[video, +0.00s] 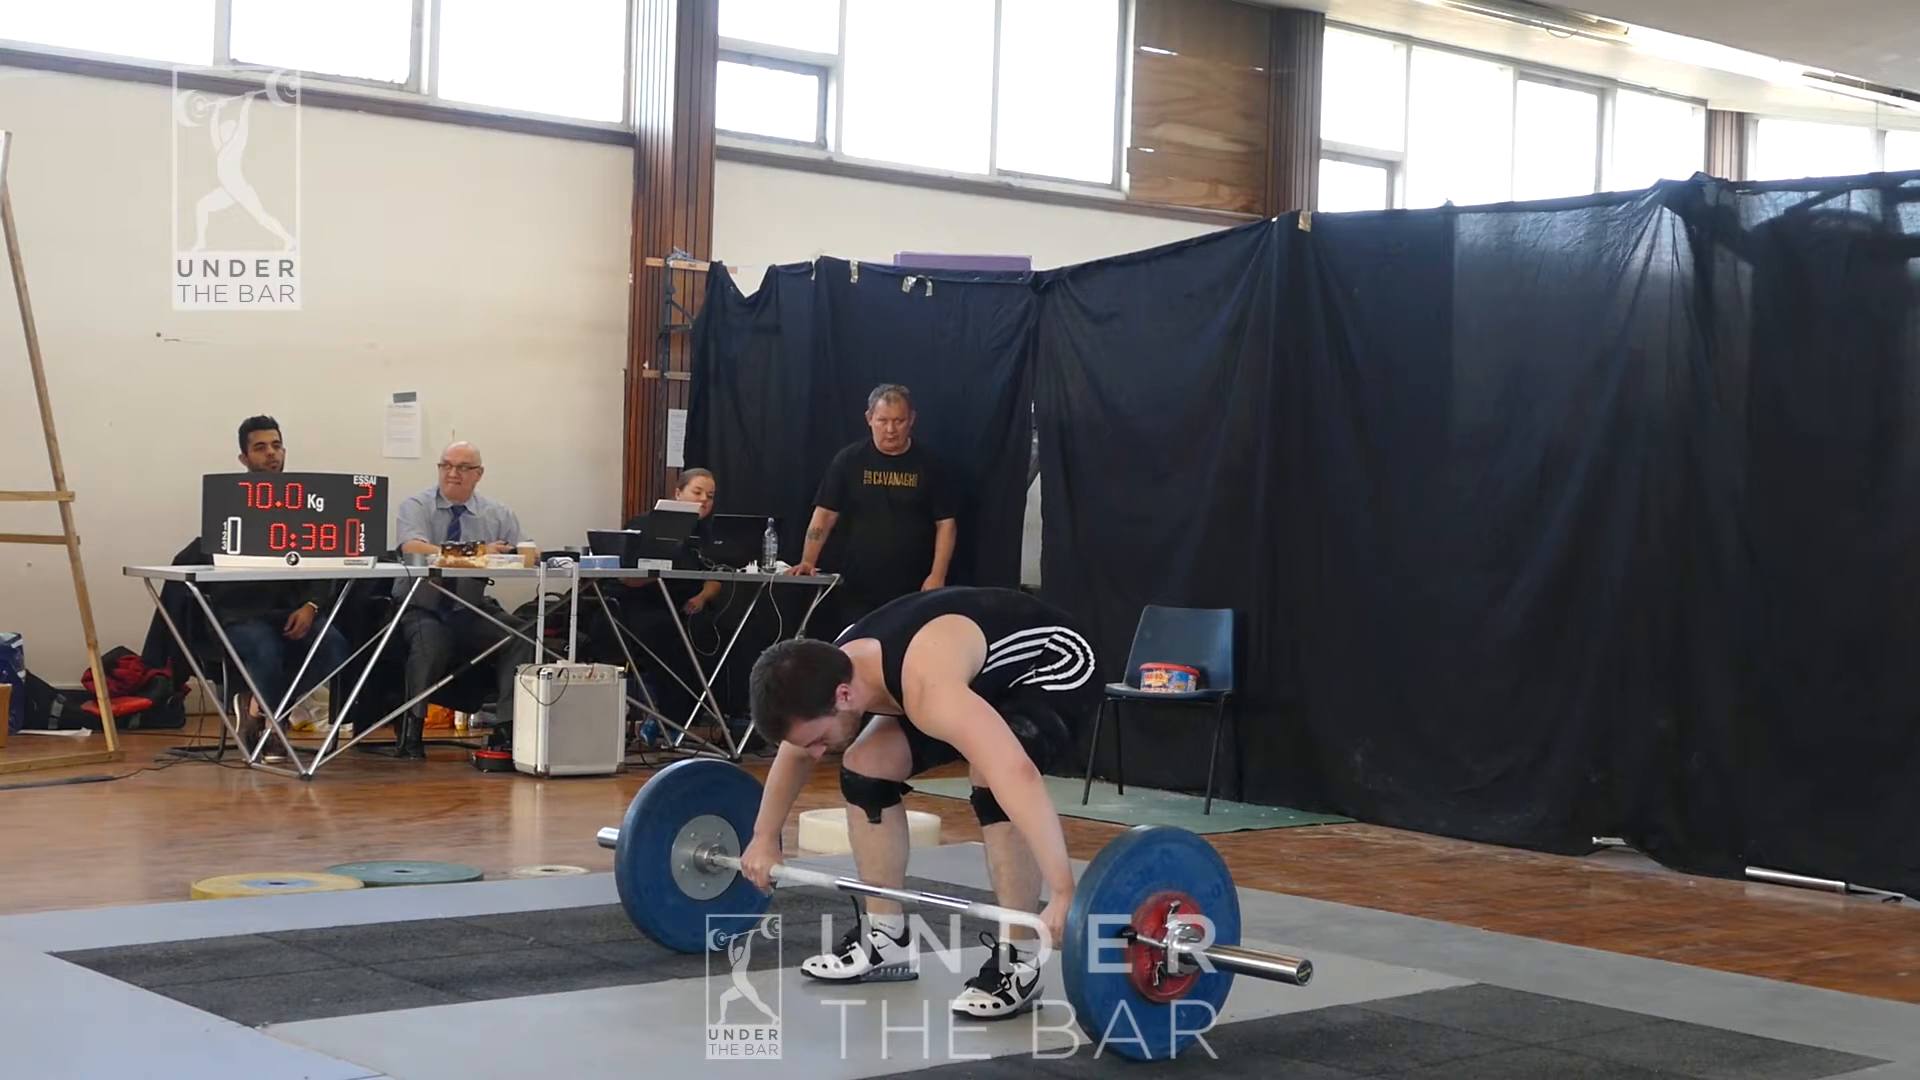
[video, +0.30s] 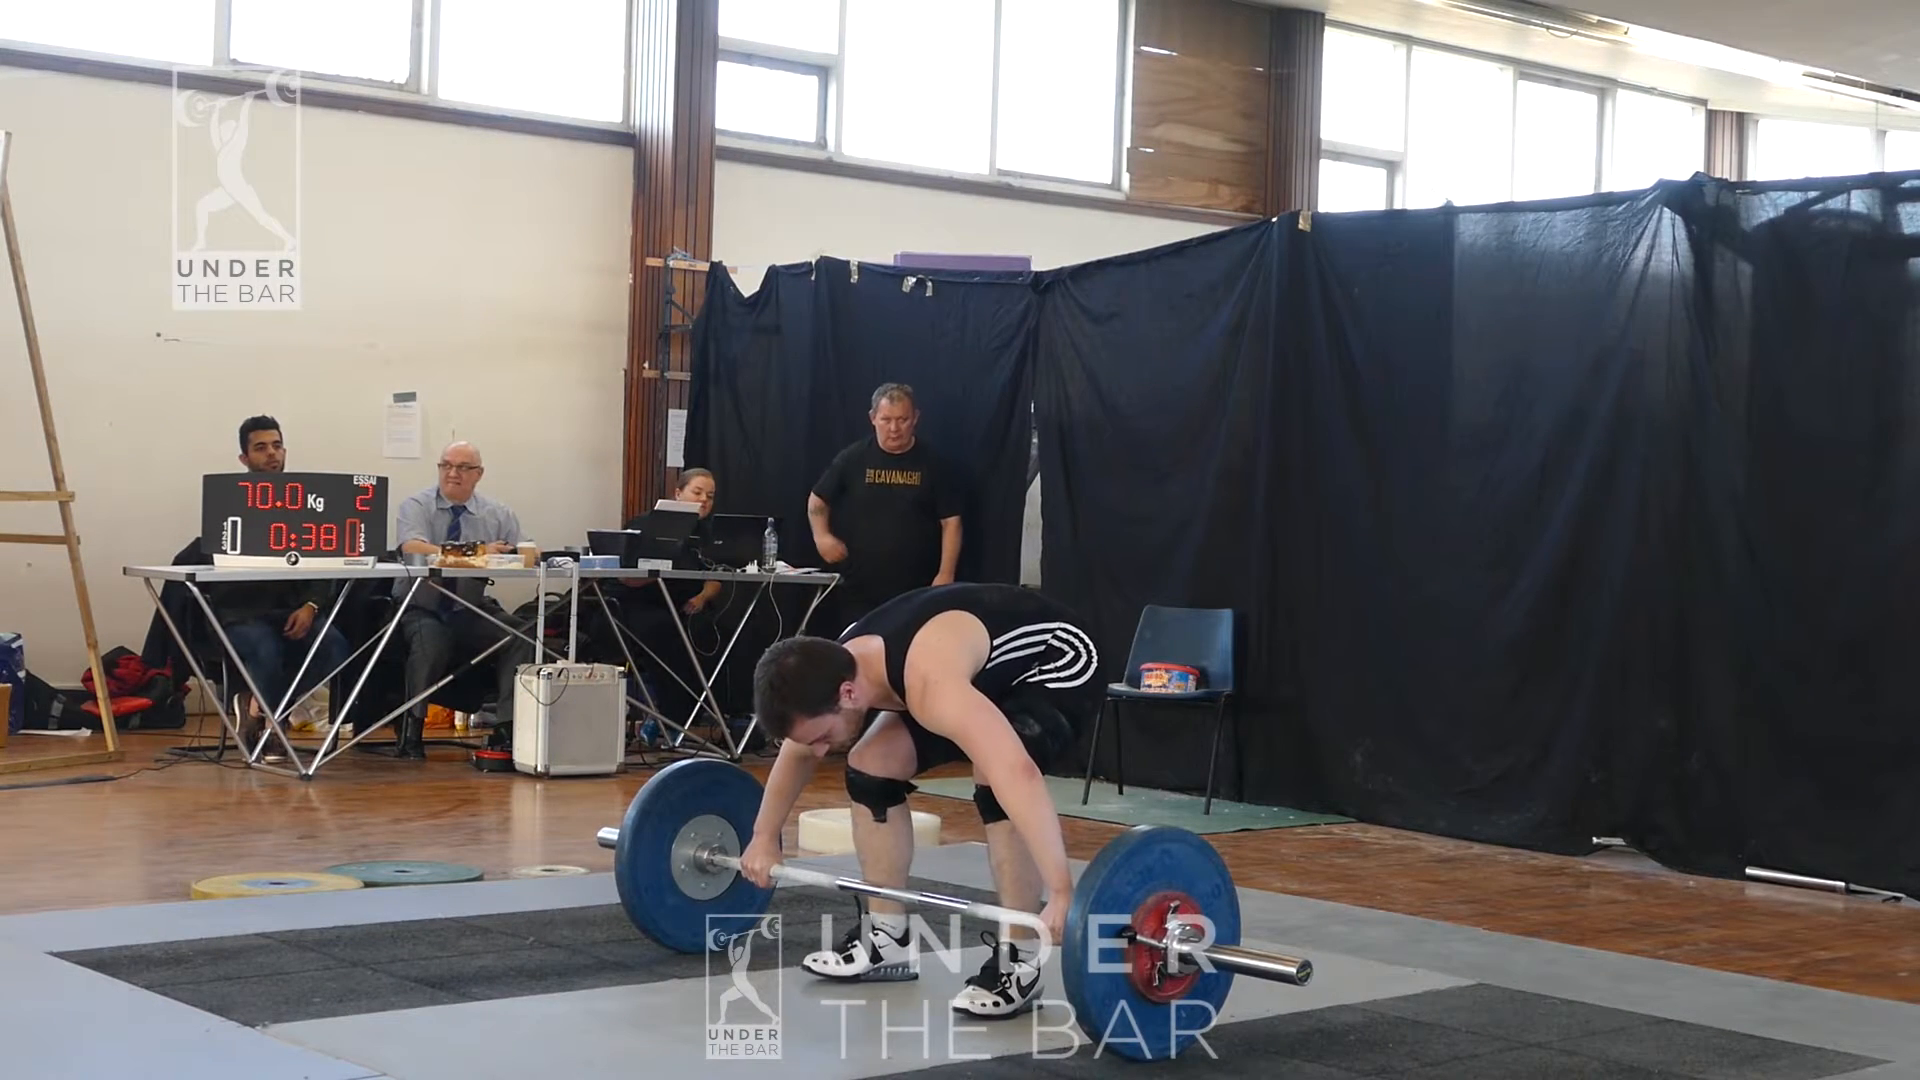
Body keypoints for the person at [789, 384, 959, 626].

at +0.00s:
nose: (890, 429)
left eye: (898, 421)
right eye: (882, 420)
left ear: (911, 420)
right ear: (869, 419)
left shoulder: (930, 464)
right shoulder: (849, 461)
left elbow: (946, 525)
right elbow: (824, 514)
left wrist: (937, 577)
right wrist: (808, 561)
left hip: (910, 588)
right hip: (857, 584)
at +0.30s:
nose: (894, 428)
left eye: (902, 420)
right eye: (886, 420)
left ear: (915, 418)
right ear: (873, 418)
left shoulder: (933, 463)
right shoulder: (852, 459)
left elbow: (951, 523)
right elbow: (817, 501)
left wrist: (945, 574)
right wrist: (822, 538)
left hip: (913, 586)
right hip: (859, 585)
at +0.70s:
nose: (894, 426)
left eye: (902, 418)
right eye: (887, 418)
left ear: (916, 417)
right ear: (874, 417)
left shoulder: (935, 462)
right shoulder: (853, 458)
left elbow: (953, 523)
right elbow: (819, 494)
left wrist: (946, 575)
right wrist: (831, 530)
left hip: (916, 588)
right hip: (862, 587)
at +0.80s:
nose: (894, 427)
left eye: (901, 418)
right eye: (886, 418)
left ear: (915, 417)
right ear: (874, 418)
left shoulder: (935, 462)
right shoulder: (854, 458)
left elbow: (953, 522)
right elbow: (820, 495)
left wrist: (946, 575)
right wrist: (834, 532)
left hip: (919, 585)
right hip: (867, 584)